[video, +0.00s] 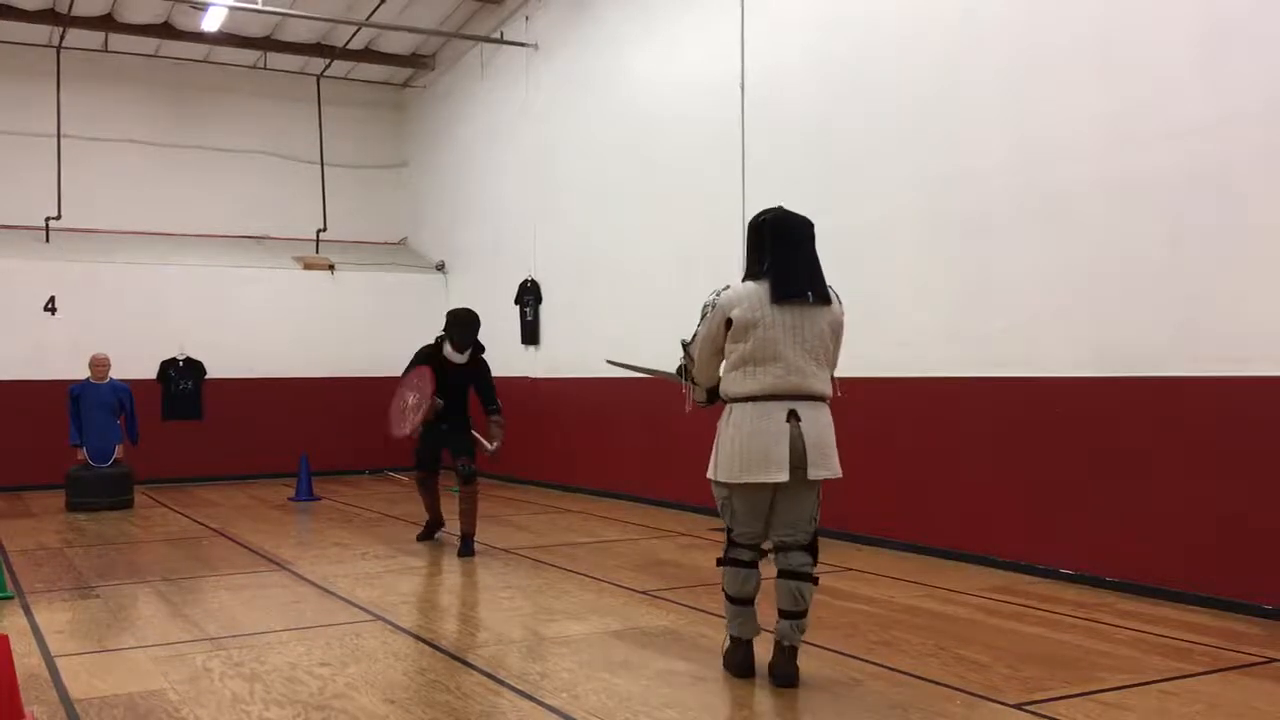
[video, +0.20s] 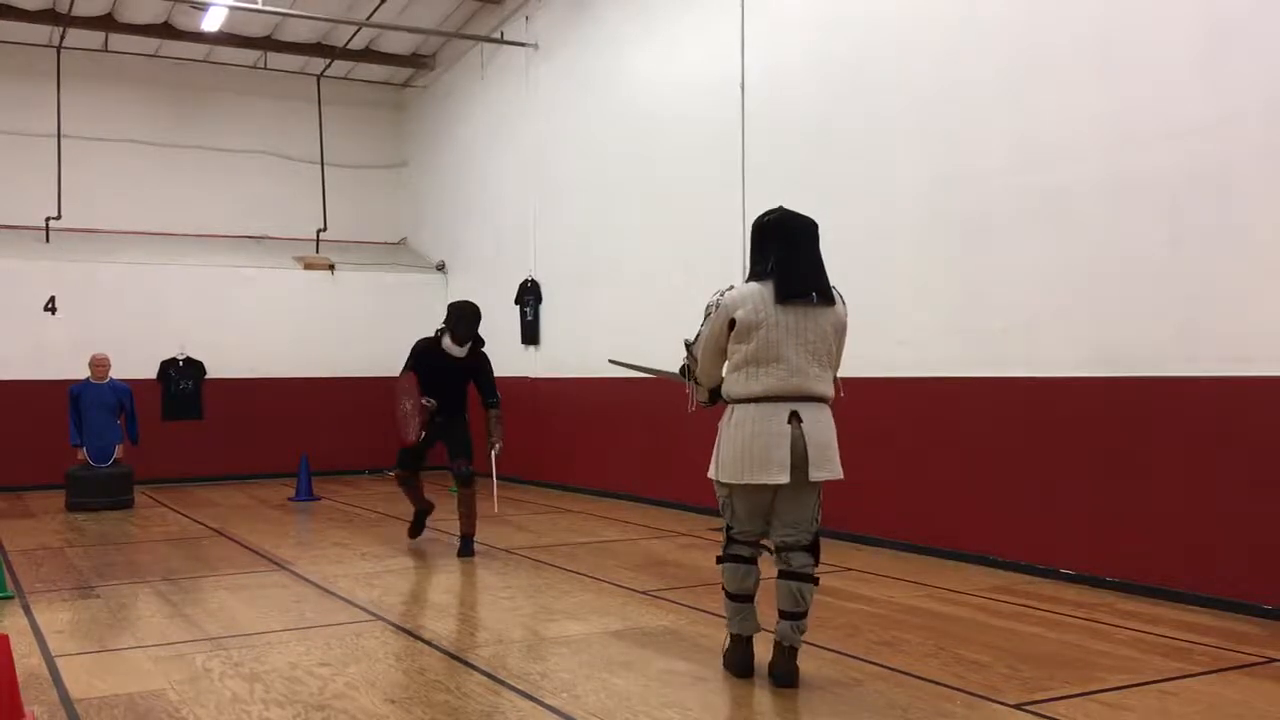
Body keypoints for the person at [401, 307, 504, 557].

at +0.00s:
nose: (464, 344)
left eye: (469, 339)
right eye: (460, 338)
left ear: (474, 337)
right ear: (449, 333)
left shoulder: (477, 364)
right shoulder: (427, 356)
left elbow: (491, 403)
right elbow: (405, 390)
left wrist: (496, 436)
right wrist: (423, 408)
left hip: (459, 424)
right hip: (429, 424)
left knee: (467, 476)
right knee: (424, 476)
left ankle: (467, 536)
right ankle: (434, 519)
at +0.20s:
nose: (464, 335)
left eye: (469, 329)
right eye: (460, 329)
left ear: (474, 330)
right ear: (450, 324)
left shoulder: (477, 359)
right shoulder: (425, 349)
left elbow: (491, 401)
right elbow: (405, 383)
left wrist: (496, 436)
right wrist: (414, 405)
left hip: (456, 421)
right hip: (425, 419)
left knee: (464, 475)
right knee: (404, 472)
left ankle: (467, 537)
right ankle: (421, 506)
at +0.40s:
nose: (451, 334)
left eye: (456, 329)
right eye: (447, 329)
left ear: (462, 326)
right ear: (436, 322)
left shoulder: (465, 353)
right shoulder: (414, 346)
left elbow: (482, 394)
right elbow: (402, 384)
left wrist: (489, 430)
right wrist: (417, 395)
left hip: (446, 419)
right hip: (414, 417)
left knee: (458, 473)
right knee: (387, 472)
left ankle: (466, 538)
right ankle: (381, 530)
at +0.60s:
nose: (417, 325)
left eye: (423, 319)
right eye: (413, 319)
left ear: (433, 321)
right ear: (406, 319)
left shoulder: (438, 352)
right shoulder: (396, 349)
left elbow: (457, 387)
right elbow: (378, 383)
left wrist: (467, 420)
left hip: (425, 422)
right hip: (392, 422)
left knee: (445, 477)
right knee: (364, 479)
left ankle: (465, 539)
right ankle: (345, 541)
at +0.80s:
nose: (387, 326)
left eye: (393, 320)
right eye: (382, 320)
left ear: (402, 322)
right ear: (374, 320)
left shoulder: (408, 354)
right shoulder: (362, 350)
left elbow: (422, 391)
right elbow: (343, 381)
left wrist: (437, 416)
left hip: (394, 423)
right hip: (360, 422)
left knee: (425, 477)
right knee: (339, 482)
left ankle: (448, 537)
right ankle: (341, 542)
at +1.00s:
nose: (375, 322)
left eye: (380, 316)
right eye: (370, 315)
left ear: (386, 318)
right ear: (357, 316)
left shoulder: (391, 352)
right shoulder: (337, 347)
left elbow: (402, 395)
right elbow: (323, 388)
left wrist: (413, 432)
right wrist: (345, 391)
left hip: (378, 423)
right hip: (343, 424)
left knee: (397, 470)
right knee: (331, 484)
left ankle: (390, 538)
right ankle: (341, 541)